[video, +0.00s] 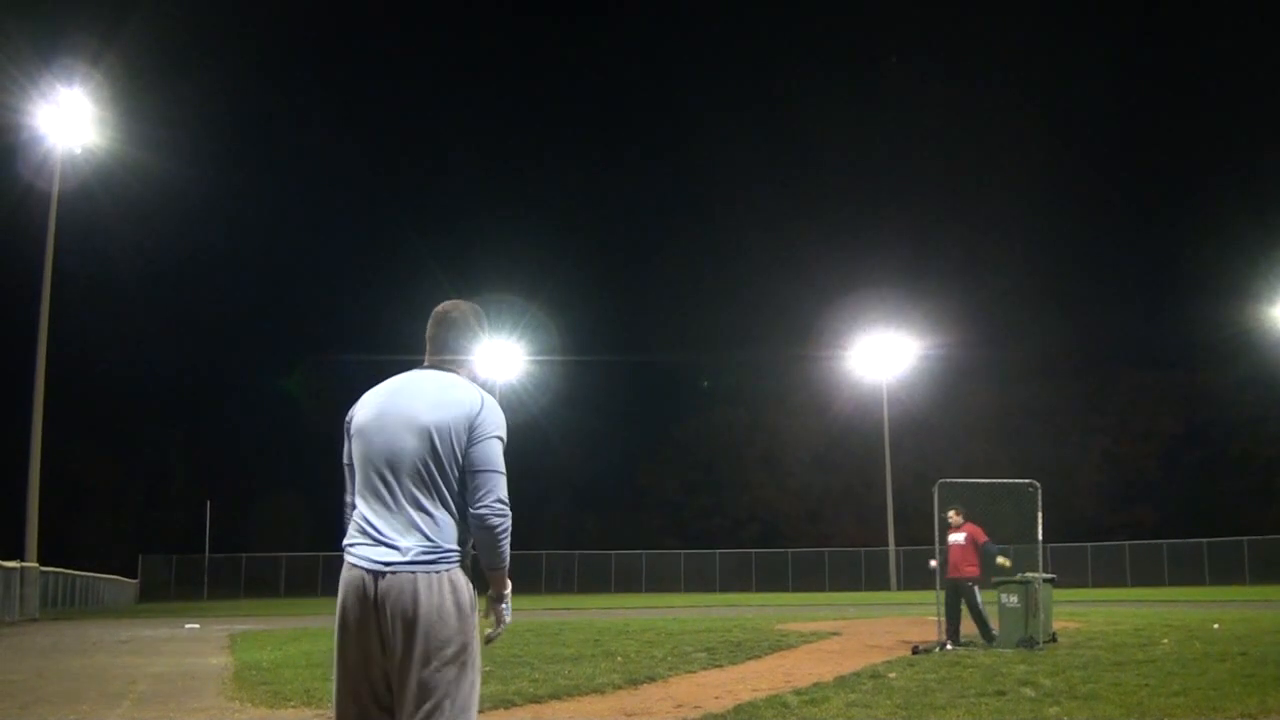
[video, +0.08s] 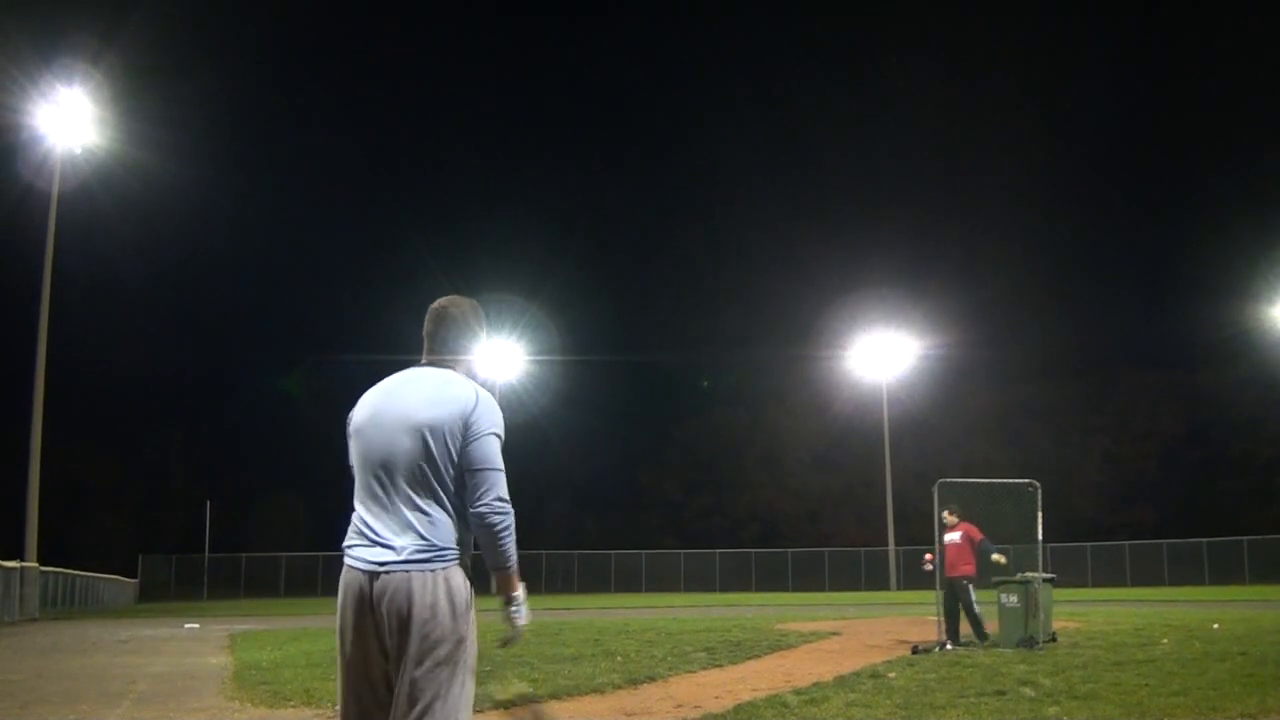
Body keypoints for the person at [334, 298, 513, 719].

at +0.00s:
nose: (487, 360)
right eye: (484, 350)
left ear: (428, 347)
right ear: (476, 353)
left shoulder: (366, 402)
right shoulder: (479, 406)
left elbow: (353, 505)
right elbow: (489, 512)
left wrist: (365, 564)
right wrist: (499, 587)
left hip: (357, 583)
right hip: (433, 589)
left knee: (358, 712)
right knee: (440, 712)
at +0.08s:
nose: (484, 350)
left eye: (482, 342)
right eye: (483, 342)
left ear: (425, 342)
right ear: (474, 346)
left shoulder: (369, 399)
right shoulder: (474, 401)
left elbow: (374, 495)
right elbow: (489, 507)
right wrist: (511, 587)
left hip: (356, 584)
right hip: (430, 586)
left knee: (361, 713)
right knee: (434, 711)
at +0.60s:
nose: (469, 334)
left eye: (469, 325)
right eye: (468, 324)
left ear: (409, 326)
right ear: (459, 327)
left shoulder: (366, 385)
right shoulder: (439, 384)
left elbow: (381, 499)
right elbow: (448, 481)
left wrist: (446, 547)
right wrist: (546, 490)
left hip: (350, 583)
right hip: (412, 585)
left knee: (369, 711)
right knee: (426, 710)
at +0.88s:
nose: (434, 330)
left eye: (433, 320)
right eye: (433, 320)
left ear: (376, 321)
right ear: (423, 324)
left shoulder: (326, 387)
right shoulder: (405, 382)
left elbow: (276, 459)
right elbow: (409, 479)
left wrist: (323, 531)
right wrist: (508, 488)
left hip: (332, 585)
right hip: (395, 585)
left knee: (346, 710)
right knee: (417, 710)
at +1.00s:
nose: (418, 330)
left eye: (417, 320)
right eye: (417, 320)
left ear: (359, 322)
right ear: (407, 324)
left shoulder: (310, 387)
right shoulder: (391, 381)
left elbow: (257, 461)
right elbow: (397, 477)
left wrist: (301, 537)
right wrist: (490, 490)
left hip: (315, 585)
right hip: (381, 585)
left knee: (327, 711)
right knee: (405, 711)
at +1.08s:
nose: (400, 330)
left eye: (399, 321)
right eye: (399, 320)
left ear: (341, 324)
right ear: (391, 324)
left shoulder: (295, 388)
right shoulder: (377, 377)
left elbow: (245, 471)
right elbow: (383, 469)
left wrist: (279, 554)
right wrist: (471, 490)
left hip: (294, 586)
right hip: (361, 587)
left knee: (305, 712)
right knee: (393, 711)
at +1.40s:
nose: (353, 336)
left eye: (351, 325)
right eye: (352, 325)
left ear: (292, 330)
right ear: (340, 326)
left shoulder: (259, 387)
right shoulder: (328, 372)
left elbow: (230, 496)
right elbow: (326, 457)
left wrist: (278, 536)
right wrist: (408, 488)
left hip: (242, 581)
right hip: (306, 587)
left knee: (244, 713)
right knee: (347, 712)